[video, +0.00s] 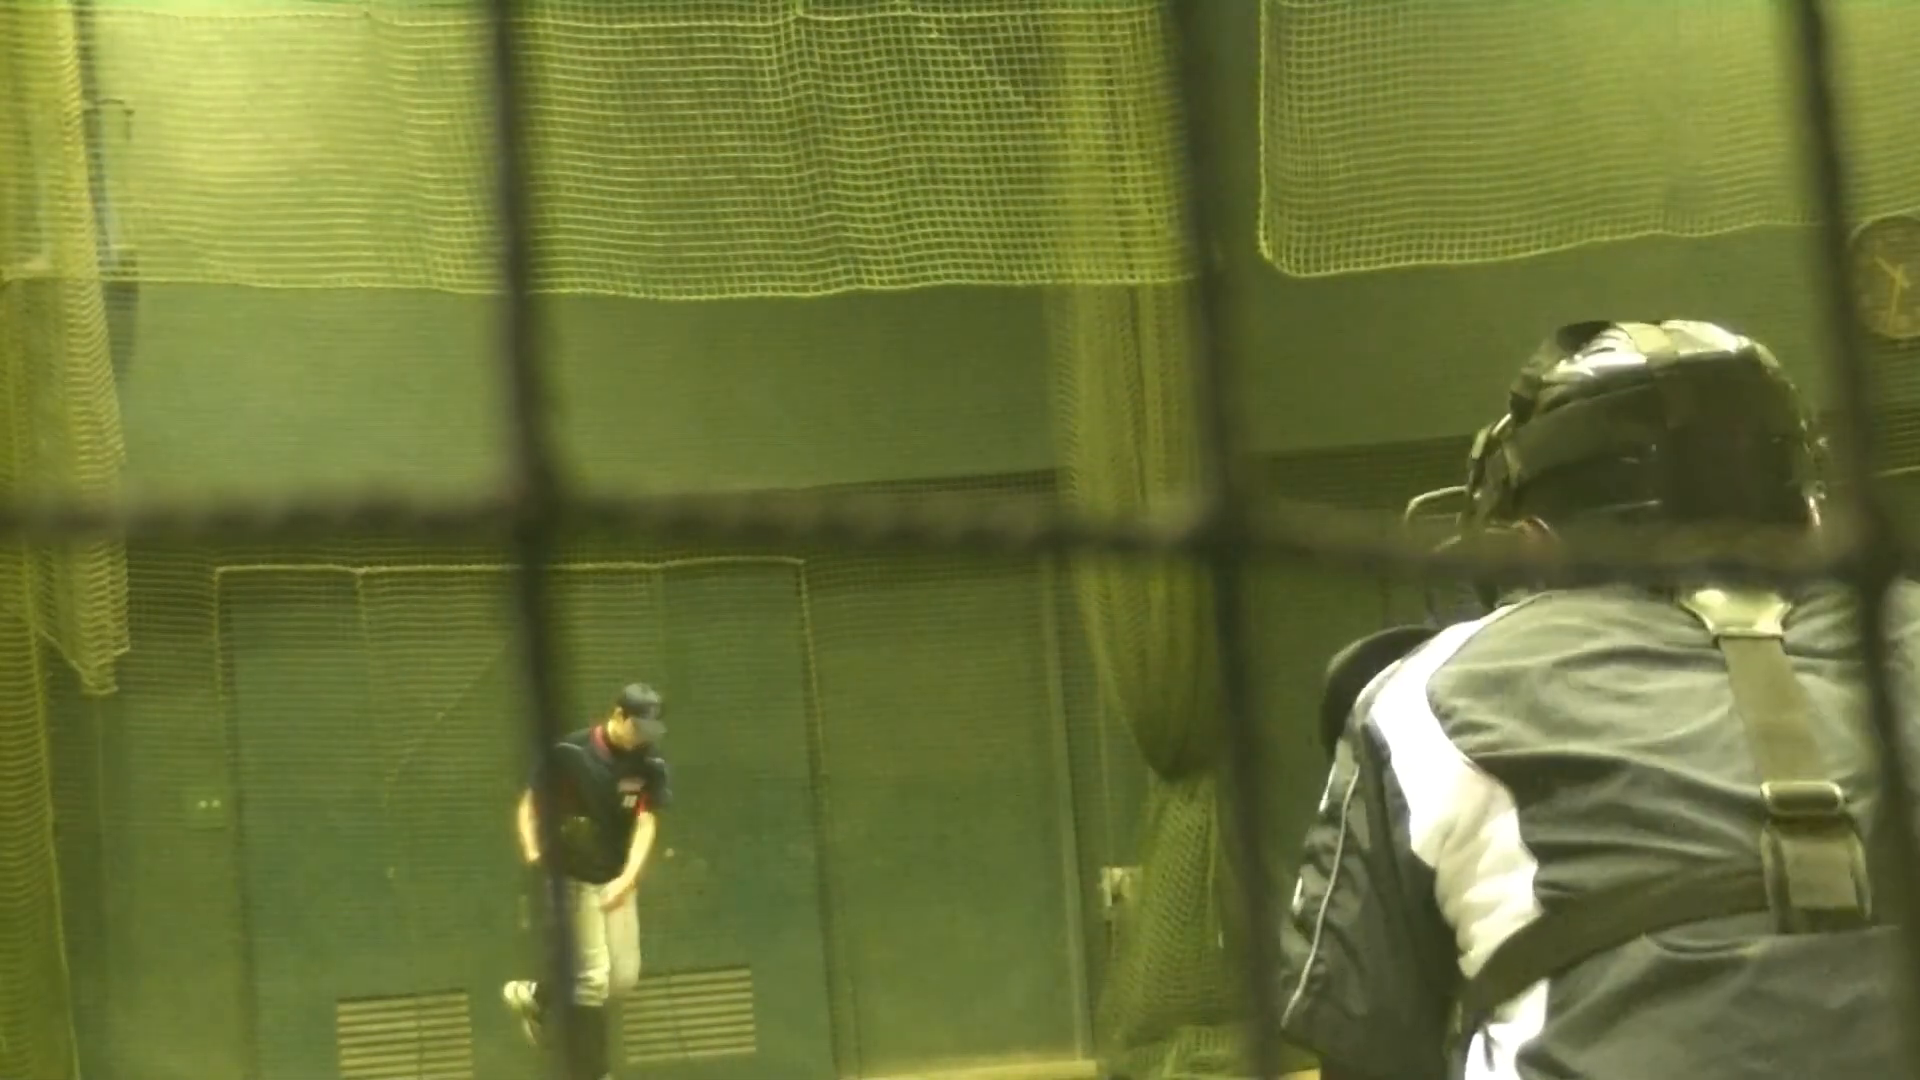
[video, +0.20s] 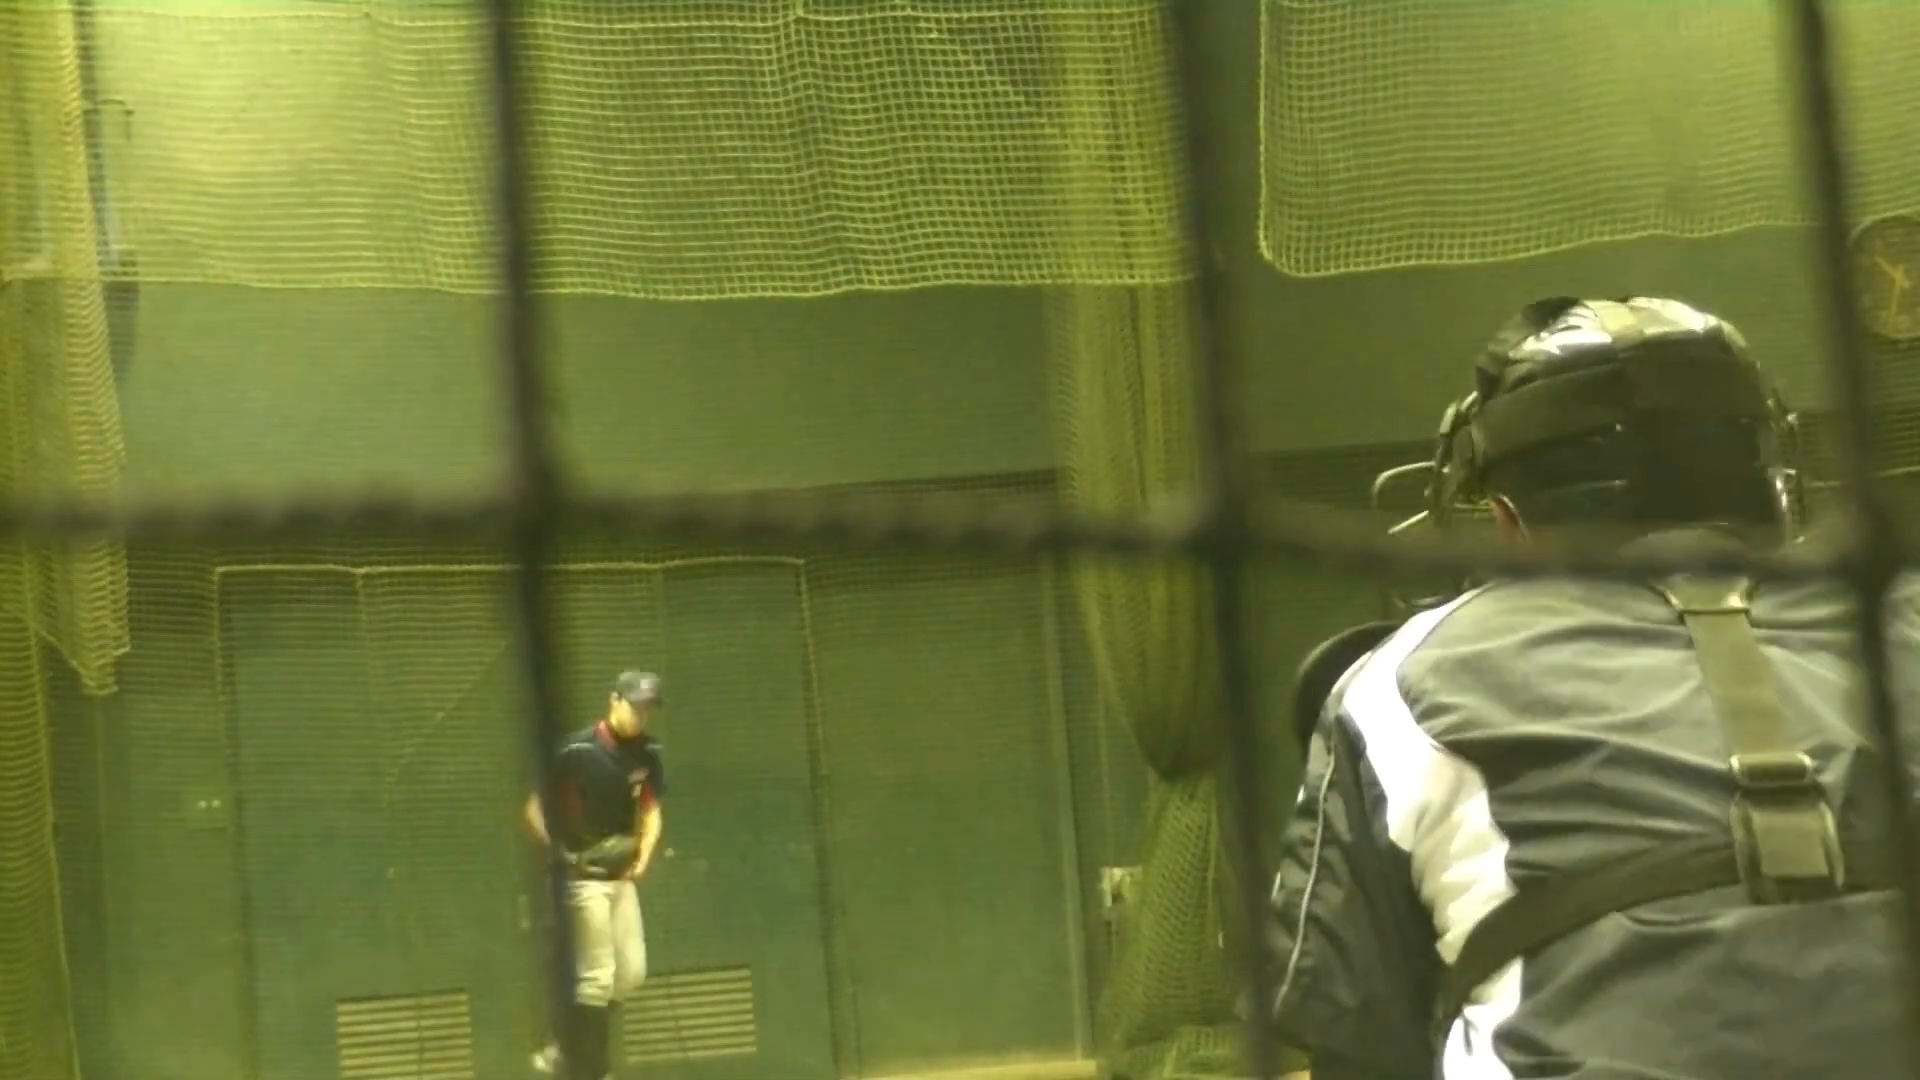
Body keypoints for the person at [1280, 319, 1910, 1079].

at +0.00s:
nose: (1482, 557)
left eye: (1492, 530)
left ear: (1532, 542)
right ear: (1798, 511)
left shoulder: (1421, 702)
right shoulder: (1902, 625)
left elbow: (1349, 1042)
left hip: (1616, 1037)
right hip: (1897, 1029)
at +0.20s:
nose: (1467, 541)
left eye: (1469, 521)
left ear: (1509, 527)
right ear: (1771, 492)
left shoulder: (1398, 686)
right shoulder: (1899, 612)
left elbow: (1338, 1036)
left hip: (1596, 1036)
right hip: (1893, 1026)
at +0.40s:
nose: (1448, 555)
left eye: (1455, 535)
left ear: (1495, 540)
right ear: (1768, 507)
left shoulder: (1387, 713)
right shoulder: (1900, 621)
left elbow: (1319, 1044)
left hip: (1598, 1030)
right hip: (1889, 1019)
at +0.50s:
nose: (1432, 551)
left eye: (1442, 529)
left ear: (1486, 533)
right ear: (1760, 499)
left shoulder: (1372, 710)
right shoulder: (1895, 622)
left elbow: (1311, 1044)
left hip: (1592, 1033)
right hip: (1889, 1023)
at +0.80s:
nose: (1405, 556)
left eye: (1412, 533)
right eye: (1402, 536)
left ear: (1445, 537)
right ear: (1706, 504)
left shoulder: (1330, 729)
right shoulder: (1877, 626)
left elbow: (1283, 1052)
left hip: (1583, 1024)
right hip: (1885, 1005)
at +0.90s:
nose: (1393, 555)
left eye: (1396, 531)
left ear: (1430, 534)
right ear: (1707, 504)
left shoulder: (1323, 720)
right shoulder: (1881, 631)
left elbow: (1271, 1050)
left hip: (1579, 1020)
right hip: (1884, 1004)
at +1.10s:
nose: (1396, 538)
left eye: (1398, 515)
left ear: (1436, 523)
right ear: (1712, 486)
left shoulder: (1316, 713)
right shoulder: (1887, 622)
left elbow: (1273, 1051)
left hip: (1562, 1025)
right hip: (1884, 1008)